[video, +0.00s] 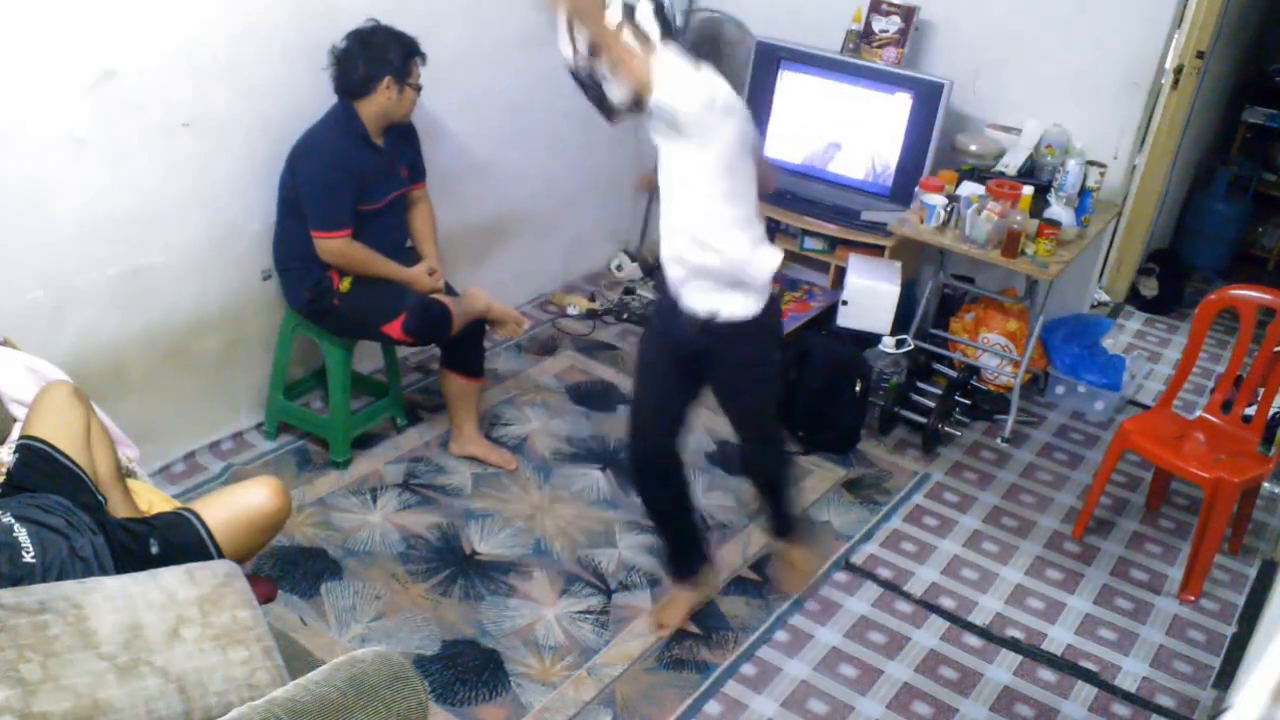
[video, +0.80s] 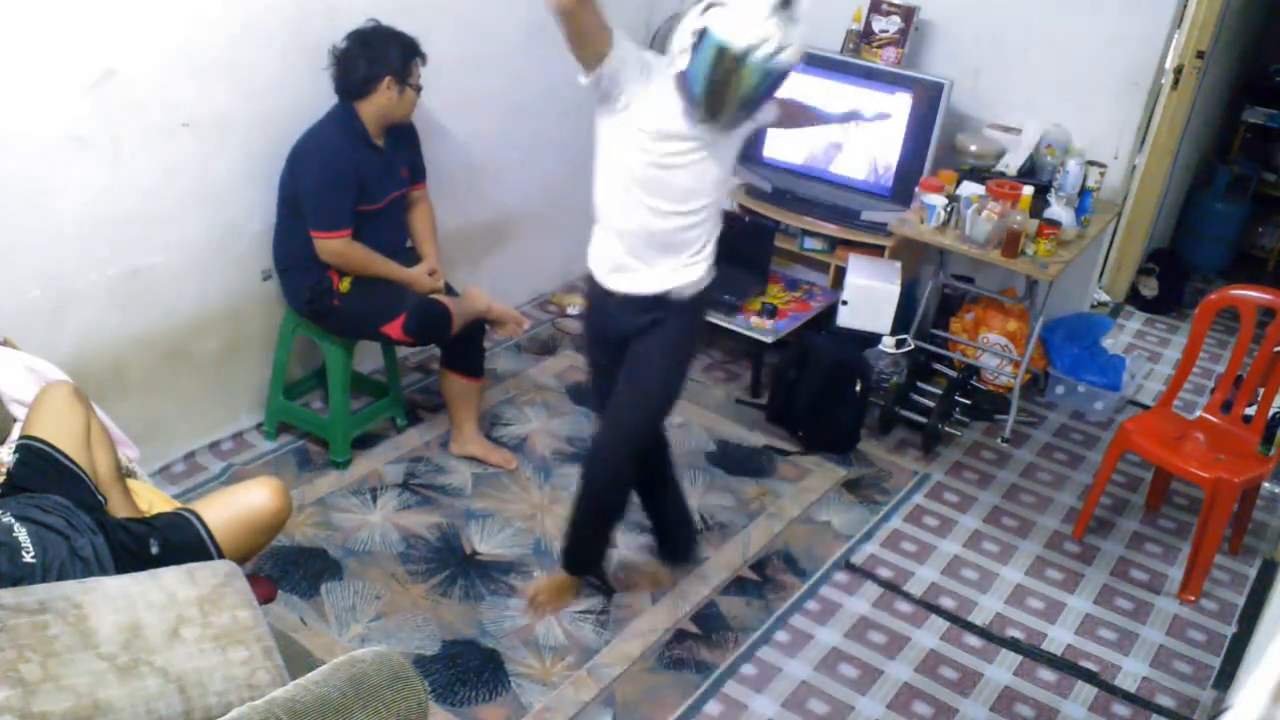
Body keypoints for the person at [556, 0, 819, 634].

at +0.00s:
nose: (624, 69)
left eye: (630, 57)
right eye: (618, 60)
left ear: (664, 53)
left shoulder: (712, 100)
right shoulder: (672, 110)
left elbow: (617, 50)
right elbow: (755, 181)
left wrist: (587, 15)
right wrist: (667, 180)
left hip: (741, 314)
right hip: (679, 305)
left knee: (760, 441)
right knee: (650, 448)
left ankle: (791, 535)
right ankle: (692, 571)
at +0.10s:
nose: (616, 123)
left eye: (617, 108)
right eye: (609, 112)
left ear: (640, 95)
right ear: (675, 74)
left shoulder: (725, 154)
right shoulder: (669, 150)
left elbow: (608, 170)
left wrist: (528, 141)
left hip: (738, 360)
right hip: (676, 351)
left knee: (791, 480)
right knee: (655, 488)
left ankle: (886, 599)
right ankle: (707, 598)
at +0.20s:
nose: (635, 112)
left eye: (637, 97)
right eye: (629, 99)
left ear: (671, 84)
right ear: (689, 72)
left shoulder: (731, 152)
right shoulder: (682, 138)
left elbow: (631, 228)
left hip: (738, 353)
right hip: (672, 347)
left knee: (798, 487)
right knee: (673, 480)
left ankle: (877, 628)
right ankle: (703, 595)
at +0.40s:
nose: (704, 87)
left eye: (724, 78)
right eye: (697, 69)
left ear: (759, 69)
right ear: (685, 45)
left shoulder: (774, 131)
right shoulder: (663, 57)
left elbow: (826, 238)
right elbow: (599, 10)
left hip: (732, 312)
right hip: (663, 304)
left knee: (727, 489)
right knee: (681, 475)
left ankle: (736, 679)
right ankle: (721, 623)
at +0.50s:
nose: (710, 159)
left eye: (730, 151)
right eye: (699, 139)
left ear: (757, 133)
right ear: (677, 101)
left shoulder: (776, 164)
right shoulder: (650, 120)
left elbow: (880, 191)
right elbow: (605, 40)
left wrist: (972, 193)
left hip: (732, 359)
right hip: (661, 354)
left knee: (681, 525)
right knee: (671, 519)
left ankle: (620, 705)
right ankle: (734, 650)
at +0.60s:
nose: (729, 146)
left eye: (751, 136)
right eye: (719, 127)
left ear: (775, 122)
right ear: (694, 97)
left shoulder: (777, 158)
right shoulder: (648, 120)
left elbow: (873, 159)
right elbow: (577, 51)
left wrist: (953, 128)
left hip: (716, 351)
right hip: (648, 348)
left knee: (663, 503)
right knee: (680, 503)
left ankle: (592, 687)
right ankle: (728, 645)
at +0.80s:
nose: (731, 88)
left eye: (746, 78)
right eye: (725, 67)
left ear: (757, 77)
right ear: (696, 48)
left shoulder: (743, 108)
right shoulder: (627, 75)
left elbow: (788, 113)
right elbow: (572, 7)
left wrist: (841, 119)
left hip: (675, 308)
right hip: (607, 297)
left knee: (613, 444)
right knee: (634, 435)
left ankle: (578, 570)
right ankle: (678, 549)